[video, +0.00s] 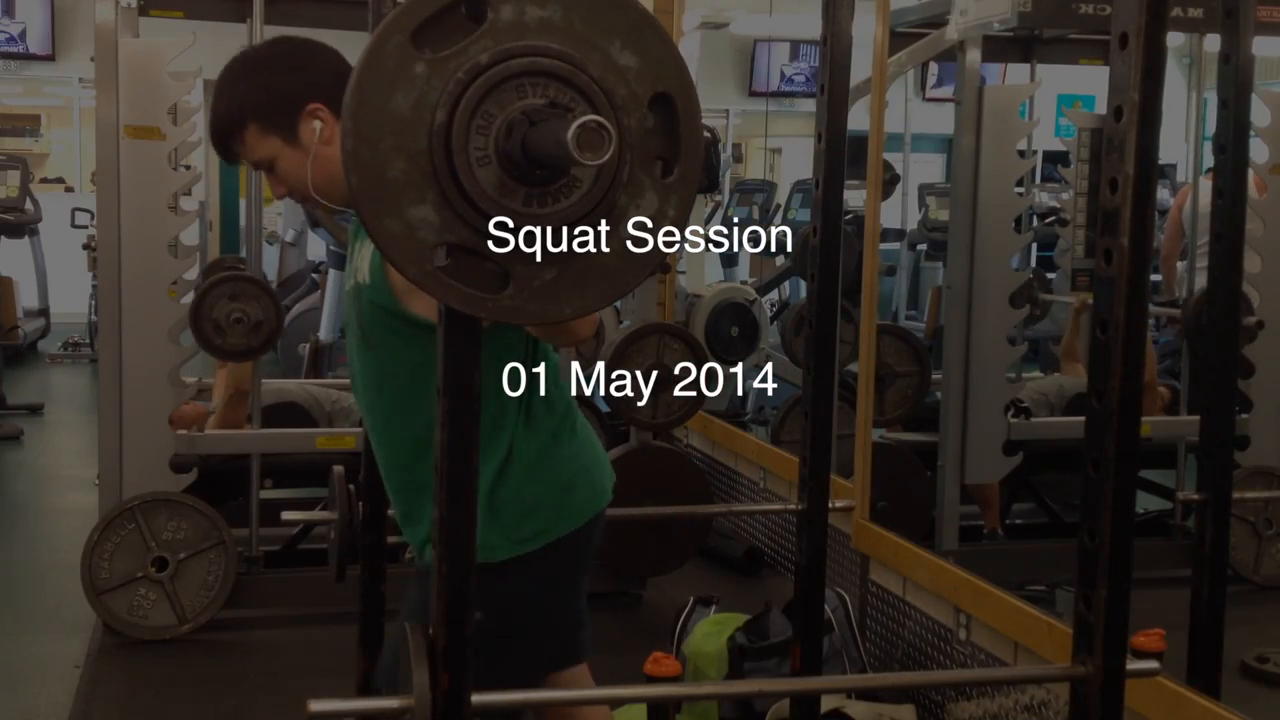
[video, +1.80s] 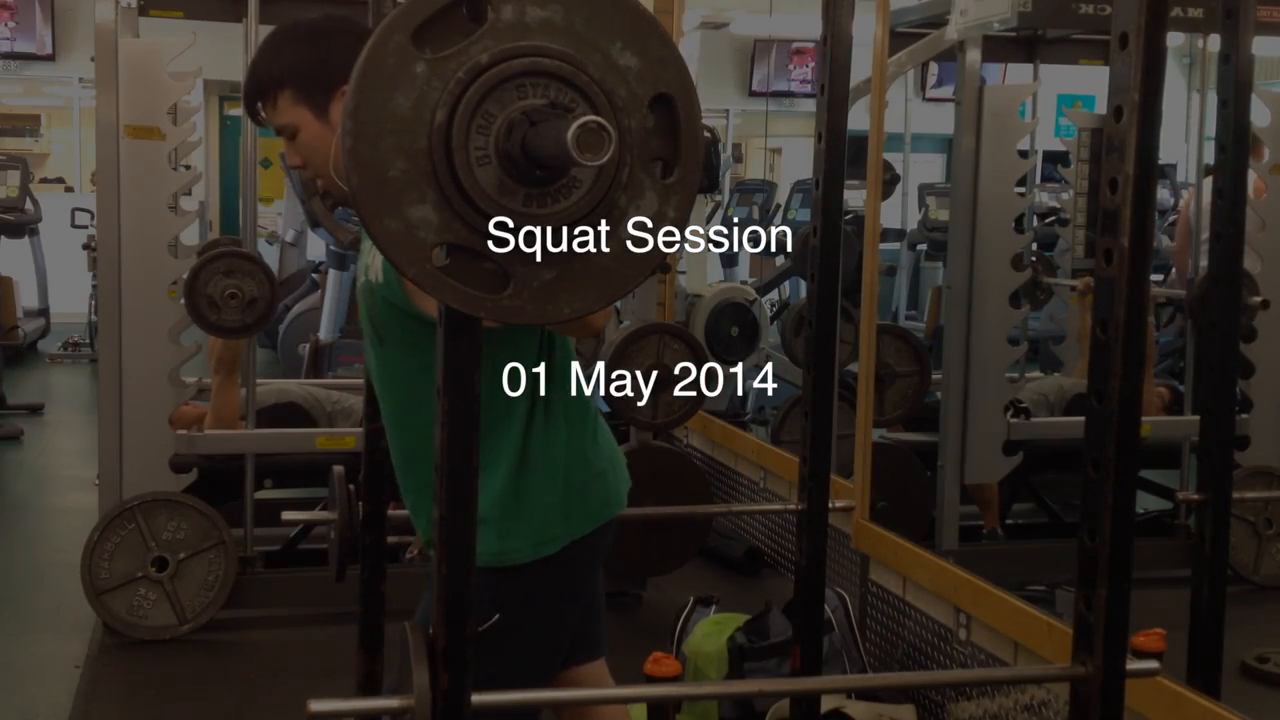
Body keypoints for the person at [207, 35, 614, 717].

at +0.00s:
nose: (277, 193)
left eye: (269, 166)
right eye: (262, 174)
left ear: (319, 125)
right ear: (322, 126)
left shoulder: (399, 233)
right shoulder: (376, 228)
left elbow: (570, 320)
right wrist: (226, 406)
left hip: (506, 520)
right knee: (564, 685)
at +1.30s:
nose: (290, 155)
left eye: (292, 131)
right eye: (281, 139)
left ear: (347, 103)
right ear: (340, 108)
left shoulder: (405, 217)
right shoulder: (389, 220)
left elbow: (586, 320)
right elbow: (586, 319)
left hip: (512, 510)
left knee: (445, 689)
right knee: (579, 676)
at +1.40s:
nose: (289, 155)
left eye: (291, 131)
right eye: (280, 138)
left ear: (347, 103)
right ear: (342, 109)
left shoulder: (404, 215)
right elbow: (586, 318)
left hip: (509, 511)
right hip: (557, 489)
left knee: (455, 693)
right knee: (577, 676)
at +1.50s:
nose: (290, 157)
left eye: (291, 132)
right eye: (280, 140)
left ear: (347, 104)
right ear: (343, 110)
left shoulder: (403, 217)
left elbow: (588, 318)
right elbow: (588, 317)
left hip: (507, 515)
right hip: (557, 492)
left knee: (447, 695)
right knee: (578, 679)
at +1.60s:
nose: (289, 155)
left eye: (290, 131)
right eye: (280, 138)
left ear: (346, 103)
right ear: (341, 108)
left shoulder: (404, 217)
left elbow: (587, 318)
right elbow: (587, 317)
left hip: (506, 513)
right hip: (555, 492)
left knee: (450, 695)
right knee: (578, 678)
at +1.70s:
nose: (290, 154)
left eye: (291, 130)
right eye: (281, 137)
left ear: (347, 103)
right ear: (341, 109)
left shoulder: (406, 215)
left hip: (511, 509)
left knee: (457, 694)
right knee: (578, 678)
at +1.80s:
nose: (289, 156)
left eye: (292, 131)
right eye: (280, 139)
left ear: (348, 106)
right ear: (342, 110)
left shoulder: (408, 216)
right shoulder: (389, 221)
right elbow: (588, 319)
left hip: (515, 507)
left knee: (476, 693)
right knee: (581, 676)